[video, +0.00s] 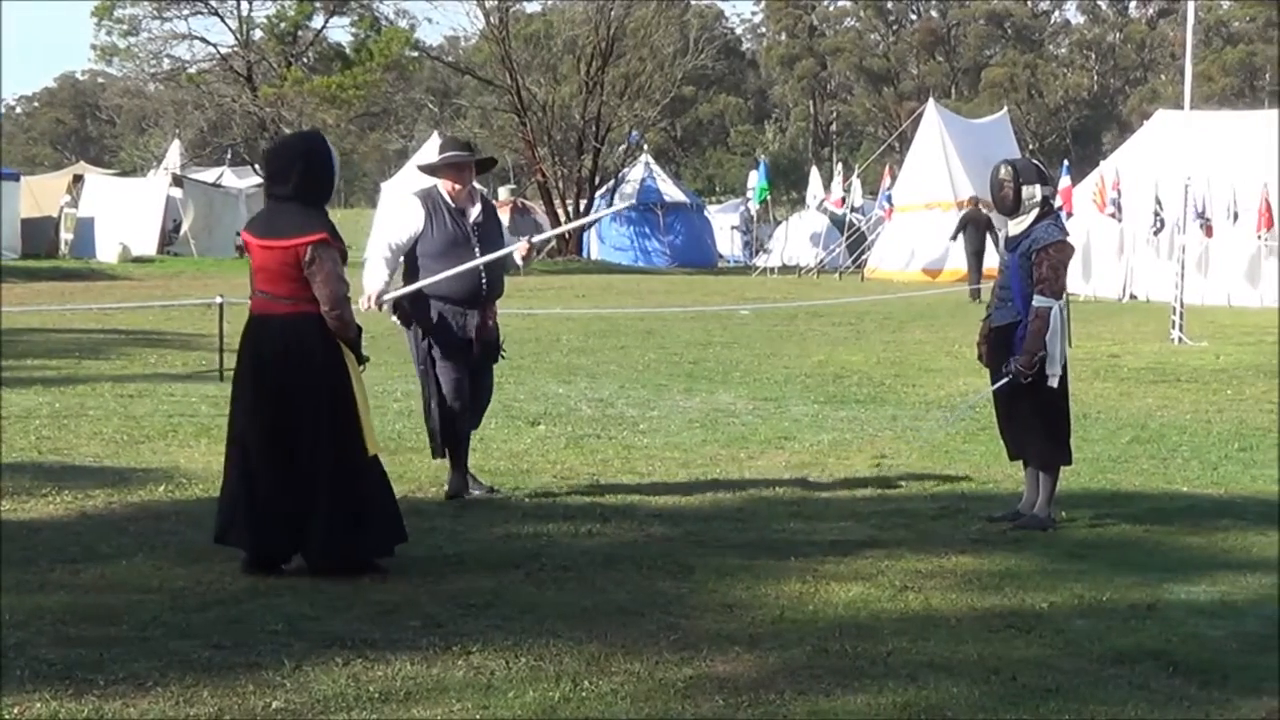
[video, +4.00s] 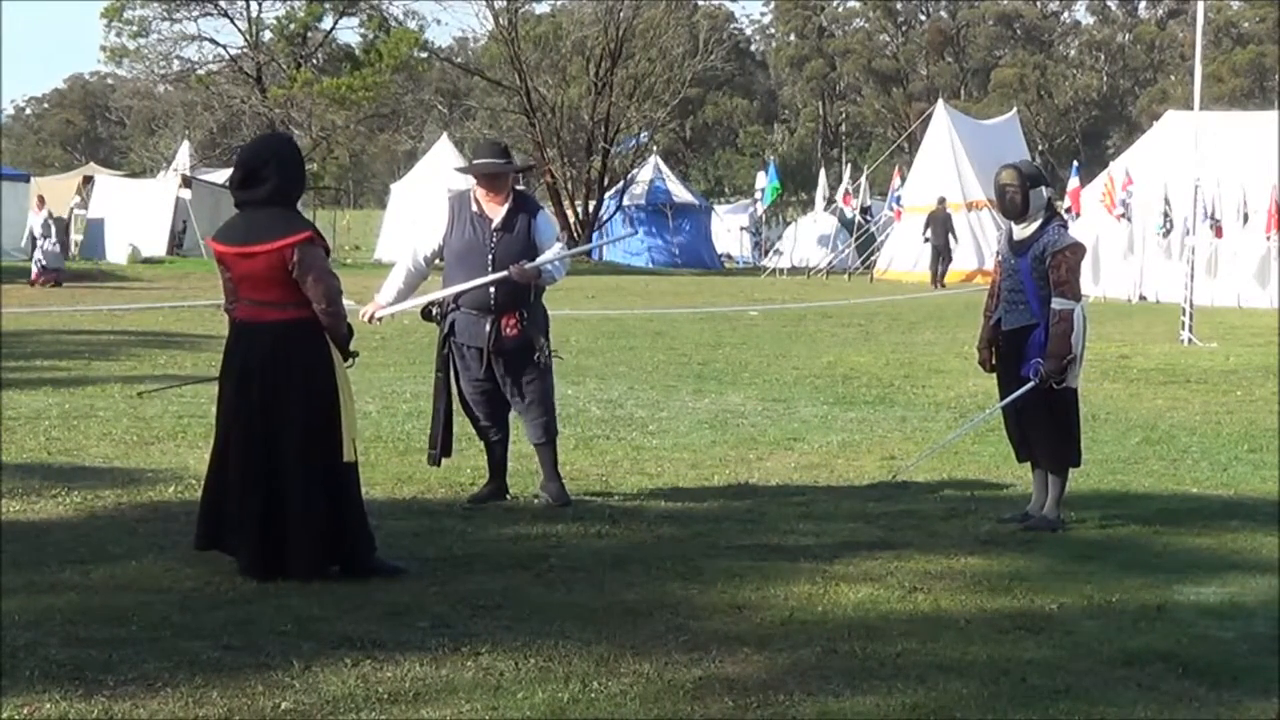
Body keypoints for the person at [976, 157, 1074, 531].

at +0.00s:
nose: (1003, 193)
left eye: (1010, 187)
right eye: (1001, 186)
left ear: (1032, 190)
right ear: (1001, 191)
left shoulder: (1048, 236)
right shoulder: (1015, 231)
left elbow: (1046, 303)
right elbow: (1005, 285)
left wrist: (1028, 354)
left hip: (1036, 338)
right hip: (1008, 336)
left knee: (1043, 419)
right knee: (1021, 418)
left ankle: (1044, 508)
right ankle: (1029, 501)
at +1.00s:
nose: (1014, 195)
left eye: (1022, 189)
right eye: (1010, 189)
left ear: (1045, 192)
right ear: (1006, 193)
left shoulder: (1063, 236)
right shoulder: (1014, 234)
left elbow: (1074, 300)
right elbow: (1003, 288)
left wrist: (1068, 353)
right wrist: (991, 335)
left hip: (1051, 338)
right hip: (1017, 338)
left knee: (1054, 418)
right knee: (1028, 416)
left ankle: (1052, 509)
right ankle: (1038, 502)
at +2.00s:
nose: (1010, 197)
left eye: (1018, 190)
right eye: (1006, 190)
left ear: (1041, 193)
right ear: (1004, 194)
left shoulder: (1061, 238)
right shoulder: (1011, 235)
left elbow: (1069, 301)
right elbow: (1000, 289)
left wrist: (1059, 354)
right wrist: (989, 335)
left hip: (1047, 337)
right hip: (1013, 337)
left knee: (1053, 416)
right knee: (1026, 415)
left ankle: (1053, 507)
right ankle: (1039, 501)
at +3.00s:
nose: (1004, 197)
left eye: (1012, 190)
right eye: (1001, 190)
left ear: (1036, 194)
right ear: (998, 194)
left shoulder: (1057, 238)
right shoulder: (1007, 236)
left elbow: (1067, 302)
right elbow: (996, 291)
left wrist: (1059, 356)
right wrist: (986, 337)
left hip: (1045, 339)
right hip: (1012, 340)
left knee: (1052, 418)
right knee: (1025, 417)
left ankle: (1053, 508)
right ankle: (1038, 501)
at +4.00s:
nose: (1005, 198)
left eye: (1013, 191)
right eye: (1001, 191)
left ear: (1036, 194)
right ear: (999, 196)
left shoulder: (1057, 239)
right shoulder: (1009, 237)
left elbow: (1065, 303)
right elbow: (998, 289)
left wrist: (1056, 355)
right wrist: (987, 336)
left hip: (1045, 338)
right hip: (1012, 339)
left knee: (1050, 418)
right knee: (1026, 417)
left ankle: (1053, 508)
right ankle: (1038, 502)